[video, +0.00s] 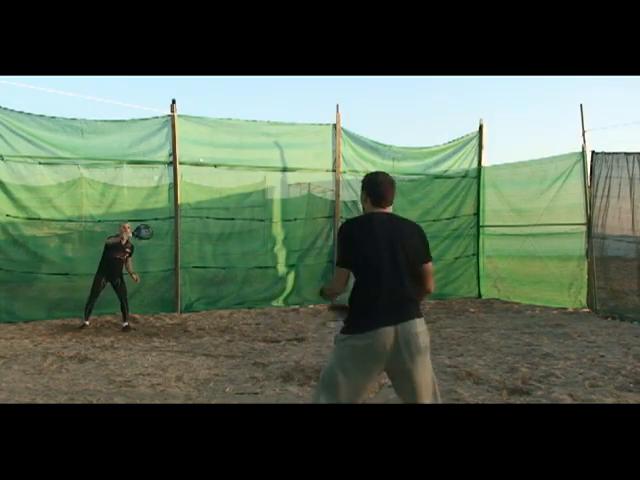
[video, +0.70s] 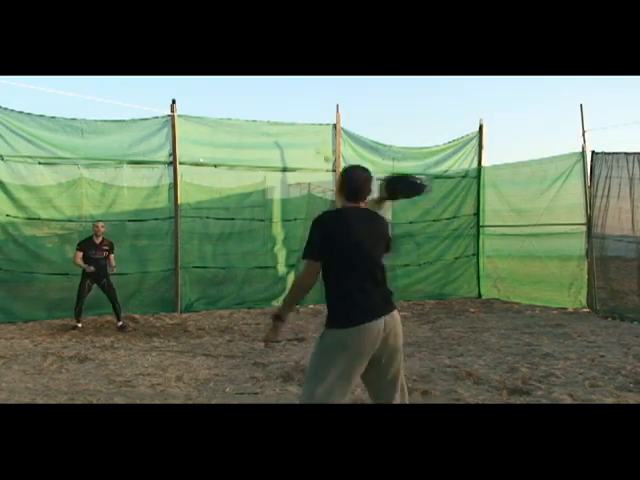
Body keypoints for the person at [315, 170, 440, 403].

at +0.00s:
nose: (361, 199)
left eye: (362, 195)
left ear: (365, 197)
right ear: (392, 199)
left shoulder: (350, 228)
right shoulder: (412, 229)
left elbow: (338, 286)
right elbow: (428, 285)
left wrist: (326, 291)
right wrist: (404, 300)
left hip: (367, 333)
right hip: (412, 331)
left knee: (330, 397)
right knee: (424, 399)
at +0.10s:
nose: (359, 198)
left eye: (360, 195)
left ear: (362, 197)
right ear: (390, 199)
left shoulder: (346, 229)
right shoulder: (409, 230)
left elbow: (324, 281)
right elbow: (426, 286)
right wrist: (405, 298)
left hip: (359, 334)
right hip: (406, 332)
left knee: (328, 399)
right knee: (421, 399)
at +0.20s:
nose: (354, 195)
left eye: (354, 191)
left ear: (356, 194)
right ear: (384, 196)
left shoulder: (337, 227)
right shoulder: (401, 229)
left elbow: (310, 272)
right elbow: (422, 286)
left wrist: (330, 231)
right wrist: (401, 296)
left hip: (346, 332)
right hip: (393, 330)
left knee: (320, 398)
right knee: (412, 399)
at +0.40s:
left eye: (348, 183)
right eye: (375, 182)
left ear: (347, 186)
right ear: (376, 187)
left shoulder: (326, 218)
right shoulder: (390, 222)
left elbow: (301, 250)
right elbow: (426, 269)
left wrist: (313, 224)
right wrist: (419, 261)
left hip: (336, 327)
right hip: (383, 325)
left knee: (322, 397)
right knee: (396, 397)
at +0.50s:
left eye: (349, 187)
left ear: (348, 192)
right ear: (378, 194)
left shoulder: (328, 224)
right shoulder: (392, 227)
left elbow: (299, 259)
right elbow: (431, 263)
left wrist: (290, 251)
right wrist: (416, 229)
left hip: (337, 333)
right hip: (384, 331)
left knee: (320, 398)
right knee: (390, 398)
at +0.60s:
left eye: (350, 191)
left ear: (348, 195)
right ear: (377, 197)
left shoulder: (328, 228)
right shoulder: (390, 228)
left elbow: (297, 277)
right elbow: (418, 254)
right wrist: (412, 217)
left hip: (343, 335)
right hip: (387, 331)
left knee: (315, 399)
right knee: (391, 399)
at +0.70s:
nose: (337, 187)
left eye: (339, 183)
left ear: (339, 188)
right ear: (368, 193)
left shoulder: (325, 222)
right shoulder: (379, 222)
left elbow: (309, 276)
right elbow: (381, 251)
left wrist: (282, 312)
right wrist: (380, 204)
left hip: (349, 329)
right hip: (388, 322)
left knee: (318, 397)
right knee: (392, 396)